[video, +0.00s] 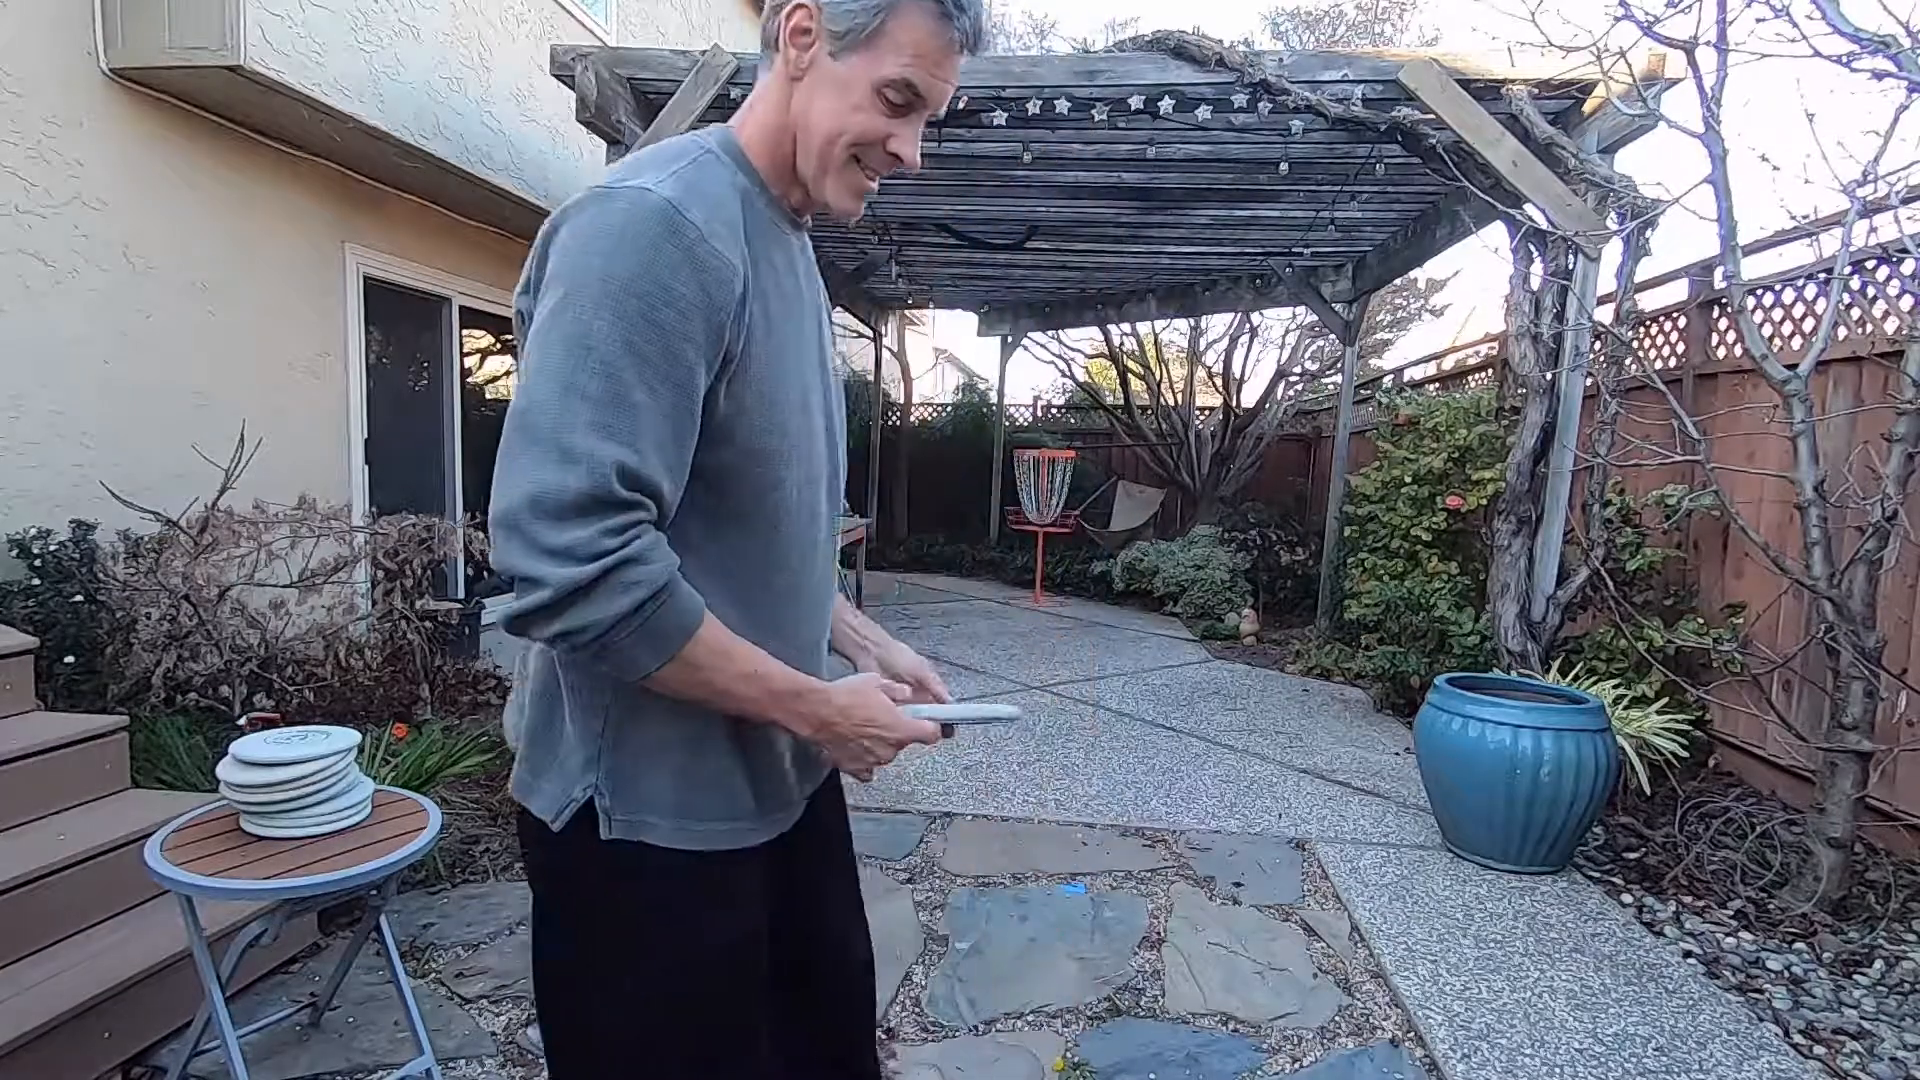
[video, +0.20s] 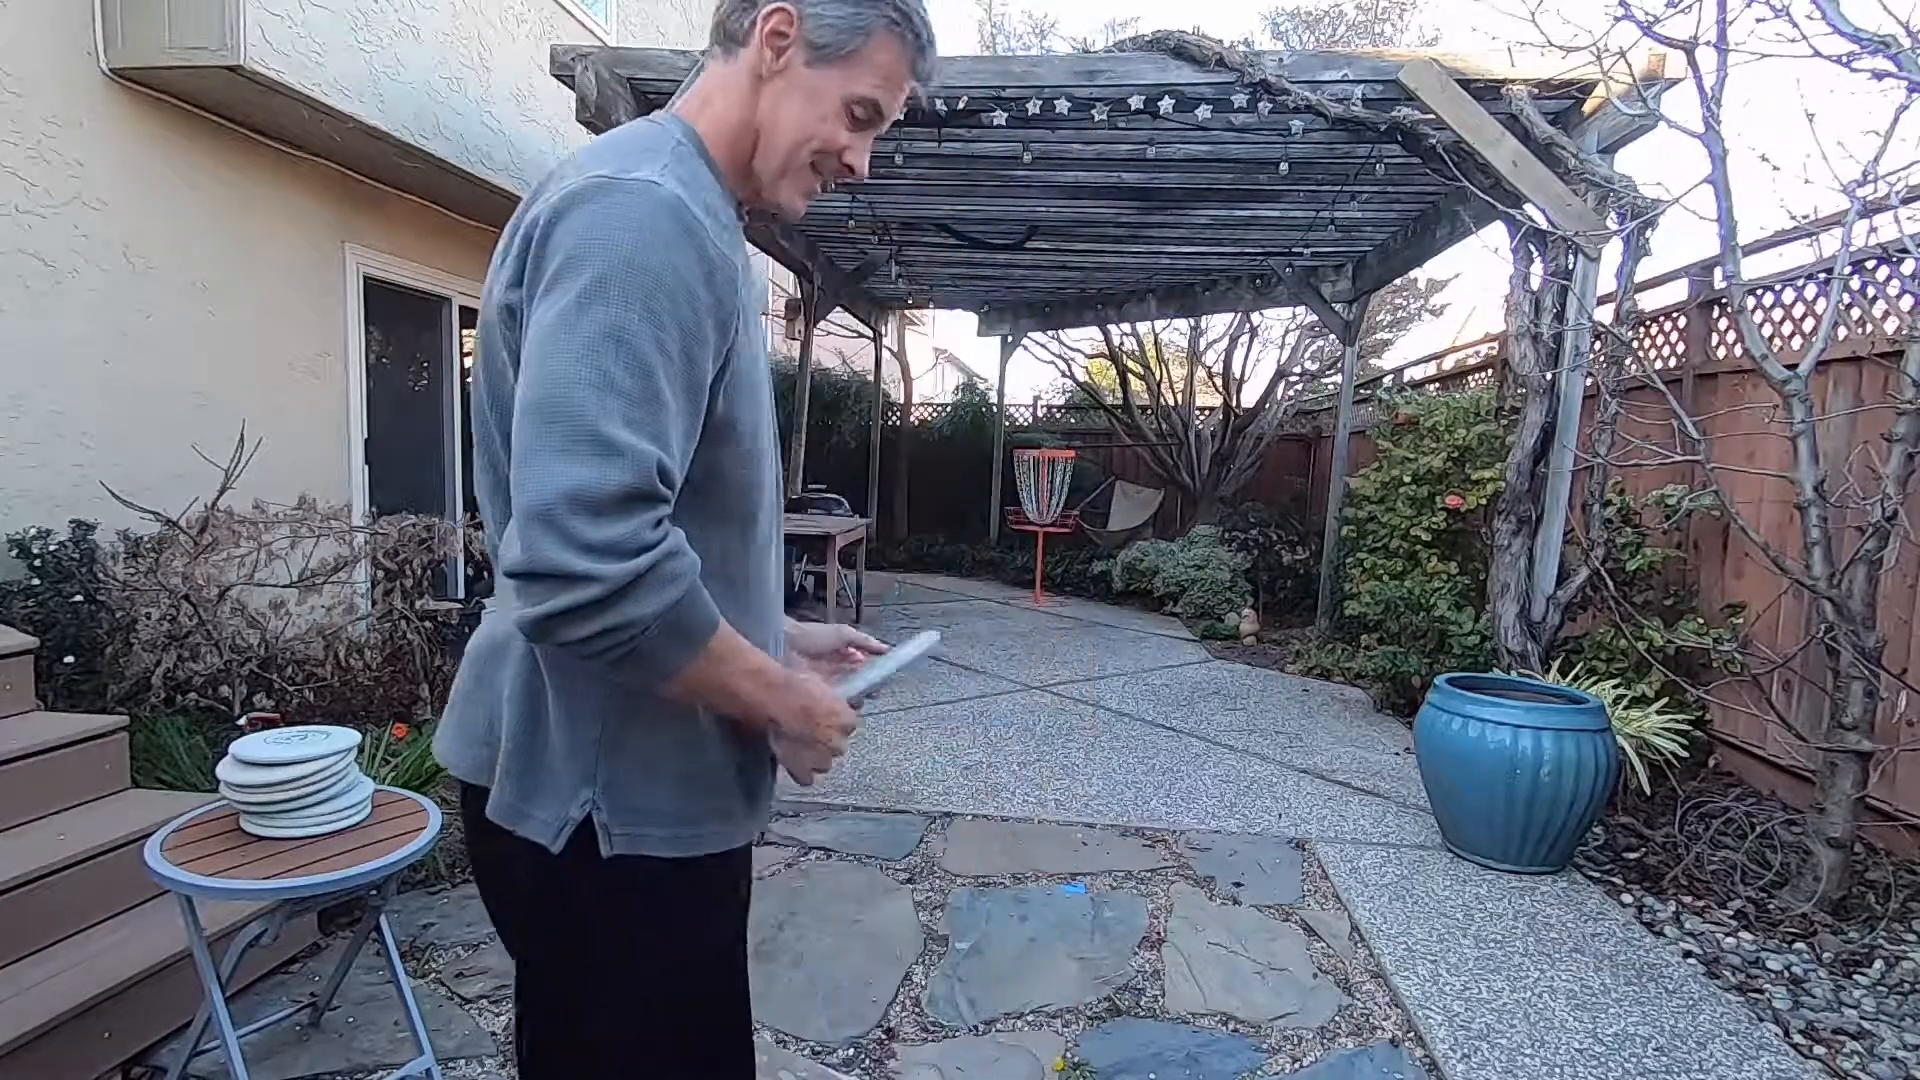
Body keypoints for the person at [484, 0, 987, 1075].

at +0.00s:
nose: (907, 147)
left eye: (928, 119)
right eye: (894, 98)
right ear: (799, 39)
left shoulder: (782, 244)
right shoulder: (653, 221)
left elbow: (741, 532)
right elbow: (566, 556)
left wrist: (865, 642)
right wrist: (806, 707)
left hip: (782, 796)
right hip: (643, 822)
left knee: (827, 1062)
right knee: (667, 1070)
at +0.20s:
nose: (860, 159)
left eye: (880, 134)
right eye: (858, 112)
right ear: (775, 40)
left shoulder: (674, 209)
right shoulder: (639, 209)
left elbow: (636, 529)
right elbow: (582, 557)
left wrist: (776, 637)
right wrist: (768, 699)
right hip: (610, 813)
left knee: (643, 1058)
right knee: (663, 1065)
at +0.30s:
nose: (826, 167)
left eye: (846, 145)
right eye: (831, 124)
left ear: (756, 58)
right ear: (762, 52)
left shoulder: (600, 185)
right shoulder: (636, 207)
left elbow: (590, 529)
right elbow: (587, 555)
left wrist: (749, 623)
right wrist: (775, 676)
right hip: (602, 798)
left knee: (548, 1040)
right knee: (681, 1065)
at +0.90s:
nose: (450, 190)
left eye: (465, 167)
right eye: (460, 158)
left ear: (302, 90)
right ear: (414, 95)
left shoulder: (104, 227)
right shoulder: (386, 218)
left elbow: (60, 491)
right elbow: (419, 528)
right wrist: (482, 640)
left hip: (39, 798)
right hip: (298, 810)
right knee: (456, 1065)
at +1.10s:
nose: (337, 163)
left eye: (350, 135)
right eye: (346, 126)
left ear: (178, 61)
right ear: (299, 59)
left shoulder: (13, 188)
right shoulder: (294, 193)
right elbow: (361, 506)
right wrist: (393, 631)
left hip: (19, 792)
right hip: (266, 791)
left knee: (59, 1061)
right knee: (392, 1055)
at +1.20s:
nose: (305, 155)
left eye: (317, 128)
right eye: (311, 117)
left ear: (133, 54)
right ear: (256, 47)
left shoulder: (10, 177)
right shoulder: (275, 188)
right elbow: (368, 503)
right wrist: (383, 622)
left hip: (16, 787)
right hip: (252, 775)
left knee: (55, 1063)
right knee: (361, 1061)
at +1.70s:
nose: (471, 194)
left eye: (476, 168)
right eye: (473, 161)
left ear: (326, 131)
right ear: (432, 129)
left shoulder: (158, 287)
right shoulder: (476, 279)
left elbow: (65, 557)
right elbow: (554, 541)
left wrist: (221, 605)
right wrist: (483, 658)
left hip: (185, 805)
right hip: (430, 804)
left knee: (175, 1066)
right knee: (515, 1065)